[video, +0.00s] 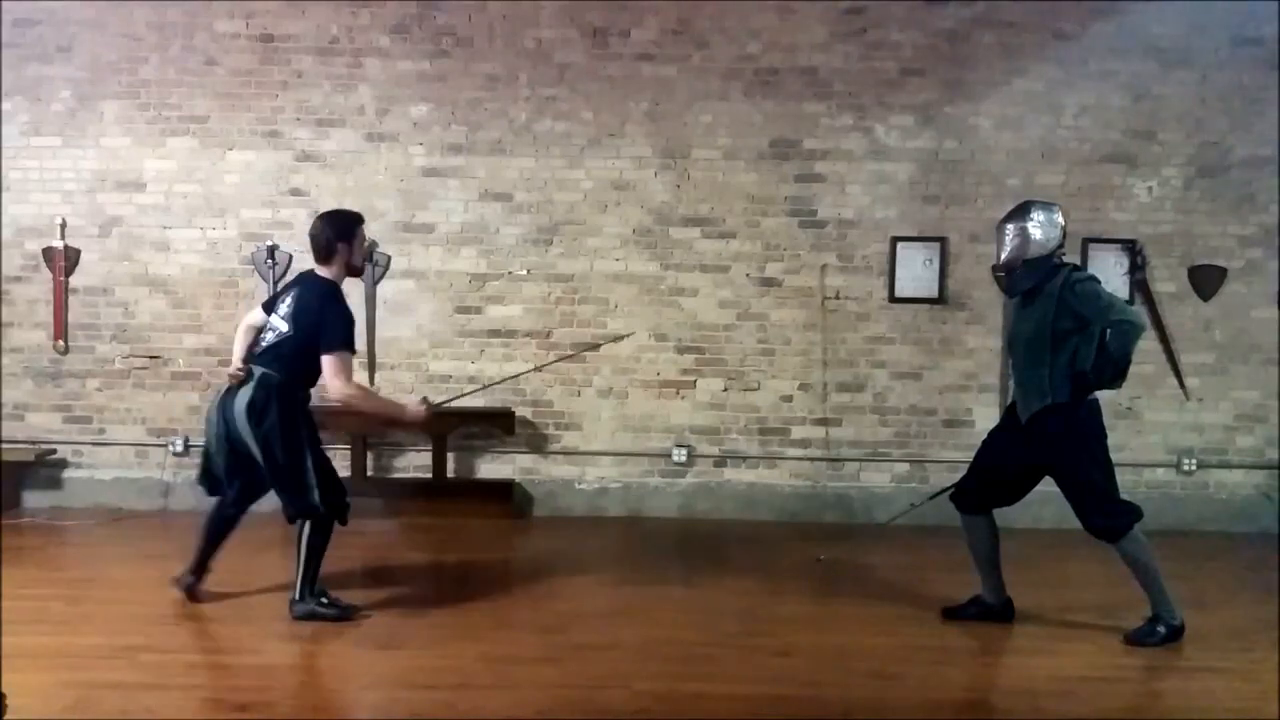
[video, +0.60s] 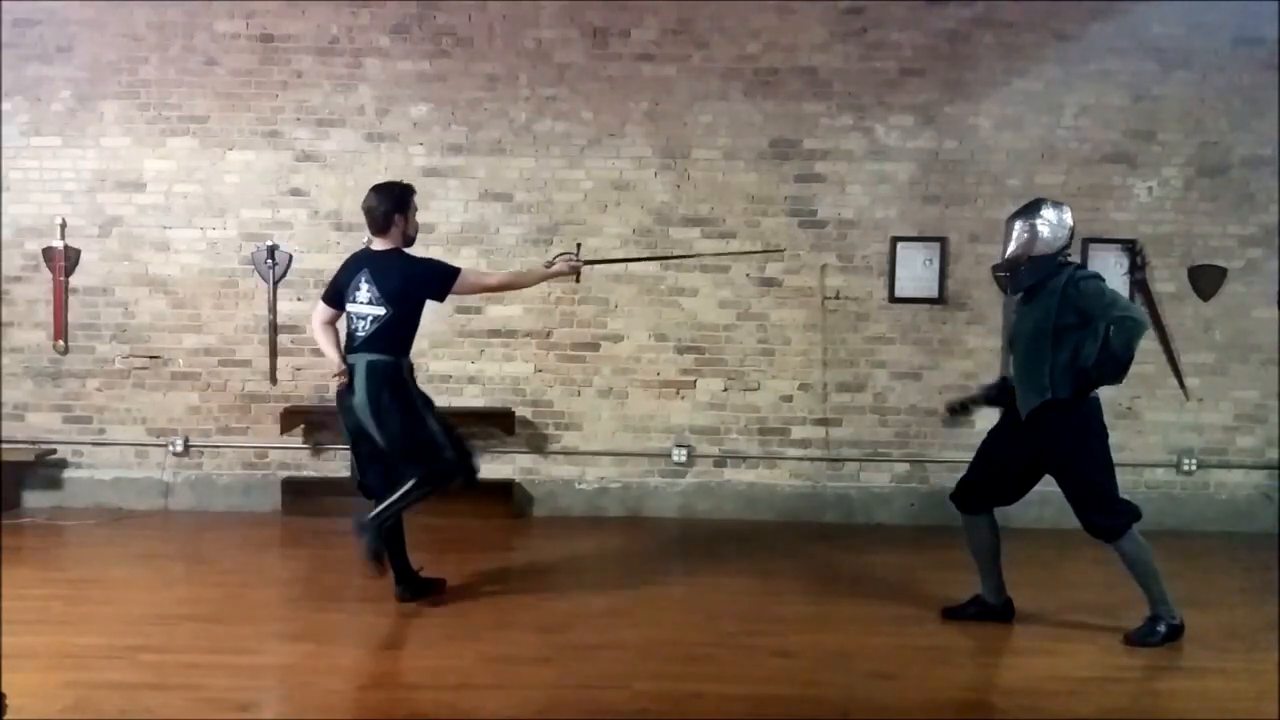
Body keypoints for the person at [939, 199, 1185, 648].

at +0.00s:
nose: (1005, 247)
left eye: (1014, 236)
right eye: (1005, 237)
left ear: (1039, 238)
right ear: (1020, 240)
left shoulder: (1071, 283)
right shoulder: (1023, 289)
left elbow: (1129, 321)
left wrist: (1099, 377)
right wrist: (1023, 396)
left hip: (1071, 420)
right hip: (1025, 421)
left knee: (1107, 517)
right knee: (971, 498)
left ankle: (1167, 616)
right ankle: (994, 599)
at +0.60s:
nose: (1017, 242)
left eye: (1027, 232)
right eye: (1015, 233)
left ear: (1049, 237)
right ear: (1016, 239)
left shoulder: (1075, 283)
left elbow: (1130, 320)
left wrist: (1096, 378)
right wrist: (980, 398)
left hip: (1072, 421)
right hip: (1025, 422)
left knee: (1106, 518)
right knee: (972, 499)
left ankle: (1165, 615)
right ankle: (994, 599)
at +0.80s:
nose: (1010, 241)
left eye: (1020, 232)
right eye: (1012, 230)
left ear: (1041, 237)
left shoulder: (1075, 282)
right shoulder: (1010, 298)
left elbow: (1133, 317)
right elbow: (951, 328)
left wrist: (1101, 365)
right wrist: (918, 307)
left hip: (1061, 416)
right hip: (1012, 415)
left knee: (1099, 514)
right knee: (940, 469)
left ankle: (1163, 611)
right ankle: (957, 567)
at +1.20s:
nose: (900, 269)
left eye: (906, 261)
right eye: (901, 260)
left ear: (920, 264)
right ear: (941, 263)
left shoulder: (977, 302)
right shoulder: (898, 320)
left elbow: (1046, 324)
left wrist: (1019, 370)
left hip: (981, 424)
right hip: (931, 424)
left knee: (1035, 506)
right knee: (869, 483)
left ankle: (1108, 599)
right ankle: (882, 566)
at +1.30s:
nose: (883, 286)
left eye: (890, 275)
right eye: (880, 277)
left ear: (913, 273)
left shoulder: (958, 307)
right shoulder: (880, 336)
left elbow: (1025, 324)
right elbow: (862, 403)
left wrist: (1000, 372)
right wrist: (852, 455)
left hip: (971, 431)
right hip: (918, 432)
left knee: (1031, 510)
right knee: (858, 487)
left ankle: (1096, 598)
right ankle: (880, 565)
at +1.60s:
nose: (882, 293)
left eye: (888, 283)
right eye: (878, 285)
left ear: (911, 279)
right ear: (877, 290)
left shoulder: (961, 310)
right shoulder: (885, 343)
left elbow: (1030, 322)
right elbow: (874, 406)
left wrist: (1011, 370)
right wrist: (866, 458)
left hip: (981, 431)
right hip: (928, 433)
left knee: (1043, 508)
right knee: (867, 488)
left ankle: (1112, 595)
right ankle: (880, 566)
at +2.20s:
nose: (1043, 243)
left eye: (1054, 234)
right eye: (1042, 233)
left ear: (1080, 237)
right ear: (1043, 236)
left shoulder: (1112, 287)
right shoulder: (1034, 297)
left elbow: (1176, 327)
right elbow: (991, 340)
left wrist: (1136, 368)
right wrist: (927, 351)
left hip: (1095, 417)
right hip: (1044, 418)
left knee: (1123, 513)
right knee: (989, 491)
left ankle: (1172, 613)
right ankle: (1009, 593)